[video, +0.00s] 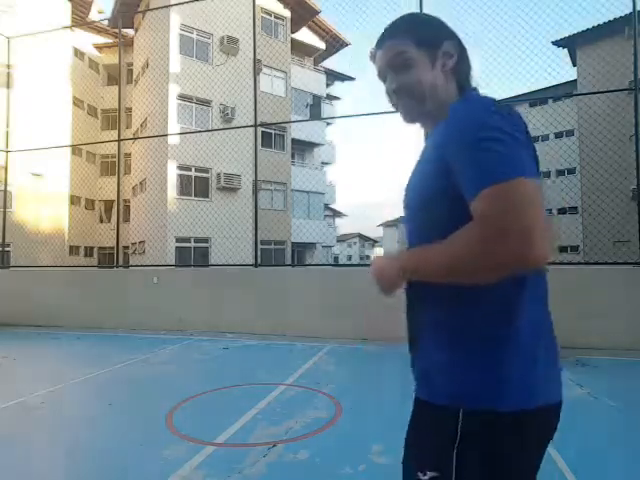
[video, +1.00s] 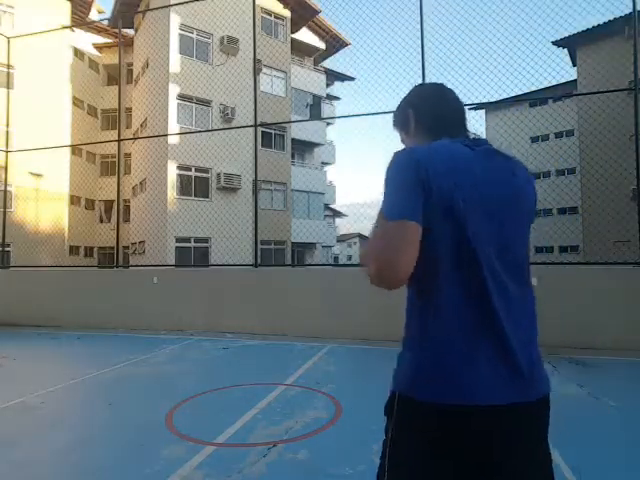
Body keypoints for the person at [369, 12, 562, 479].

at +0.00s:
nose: (390, 88)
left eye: (400, 69)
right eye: (384, 79)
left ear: (446, 59)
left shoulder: (477, 121)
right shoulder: (453, 132)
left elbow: (521, 240)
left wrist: (404, 265)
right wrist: (411, 259)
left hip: (486, 400)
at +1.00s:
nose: (405, 145)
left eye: (403, 135)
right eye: (403, 137)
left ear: (414, 124)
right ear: (459, 121)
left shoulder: (414, 162)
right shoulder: (516, 172)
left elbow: (391, 270)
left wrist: (371, 250)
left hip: (438, 396)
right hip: (520, 396)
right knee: (522, 472)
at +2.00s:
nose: (433, 145)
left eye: (433, 136)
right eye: (433, 137)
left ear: (441, 136)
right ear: (488, 137)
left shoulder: (421, 180)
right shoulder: (529, 188)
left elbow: (376, 267)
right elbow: (524, 263)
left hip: (436, 385)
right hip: (513, 385)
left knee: (429, 473)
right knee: (521, 474)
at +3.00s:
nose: (356, 187)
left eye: (357, 182)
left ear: (359, 184)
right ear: (396, 188)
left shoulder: (331, 215)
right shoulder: (413, 228)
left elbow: (307, 283)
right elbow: (407, 287)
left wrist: (337, 263)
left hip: (331, 356)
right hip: (386, 360)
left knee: (308, 430)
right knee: (395, 451)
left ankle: (313, 476)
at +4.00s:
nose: (279, 235)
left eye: (280, 231)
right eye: (279, 231)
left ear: (254, 217)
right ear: (273, 227)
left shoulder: (227, 230)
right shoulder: (265, 246)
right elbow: (276, 278)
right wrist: (276, 252)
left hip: (202, 331)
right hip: (232, 337)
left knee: (227, 382)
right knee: (262, 406)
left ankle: (223, 446)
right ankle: (240, 474)